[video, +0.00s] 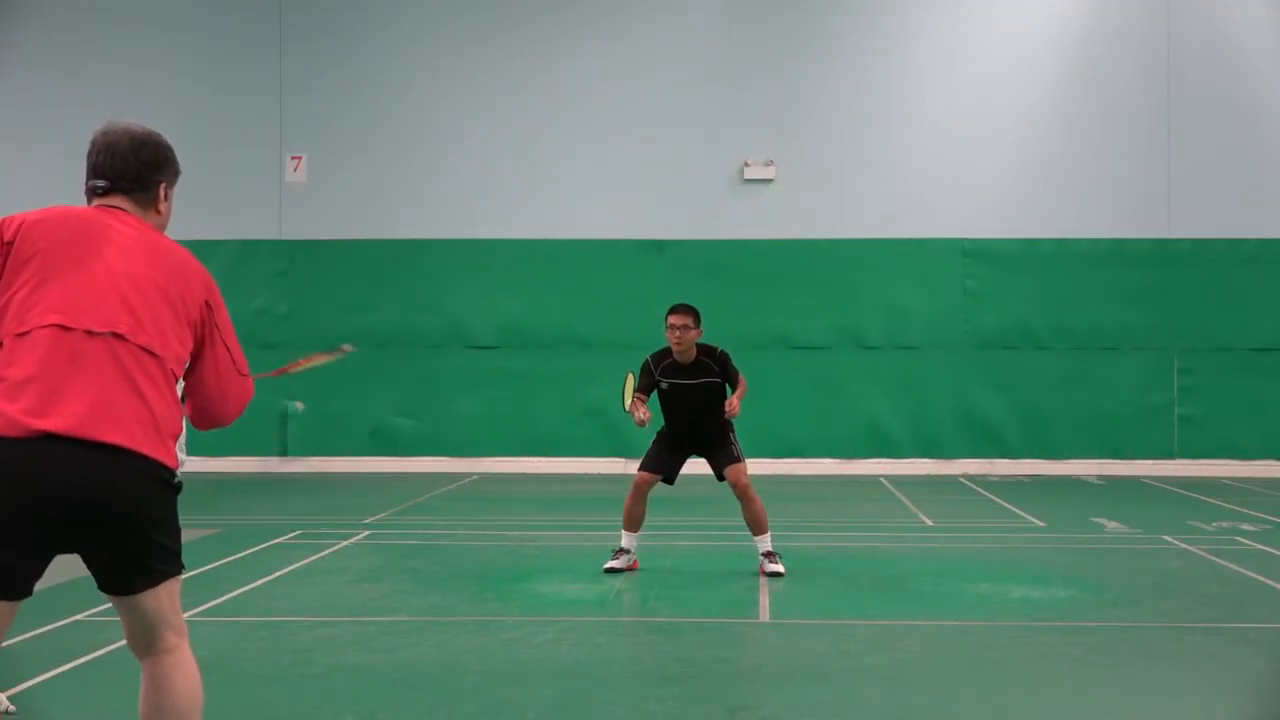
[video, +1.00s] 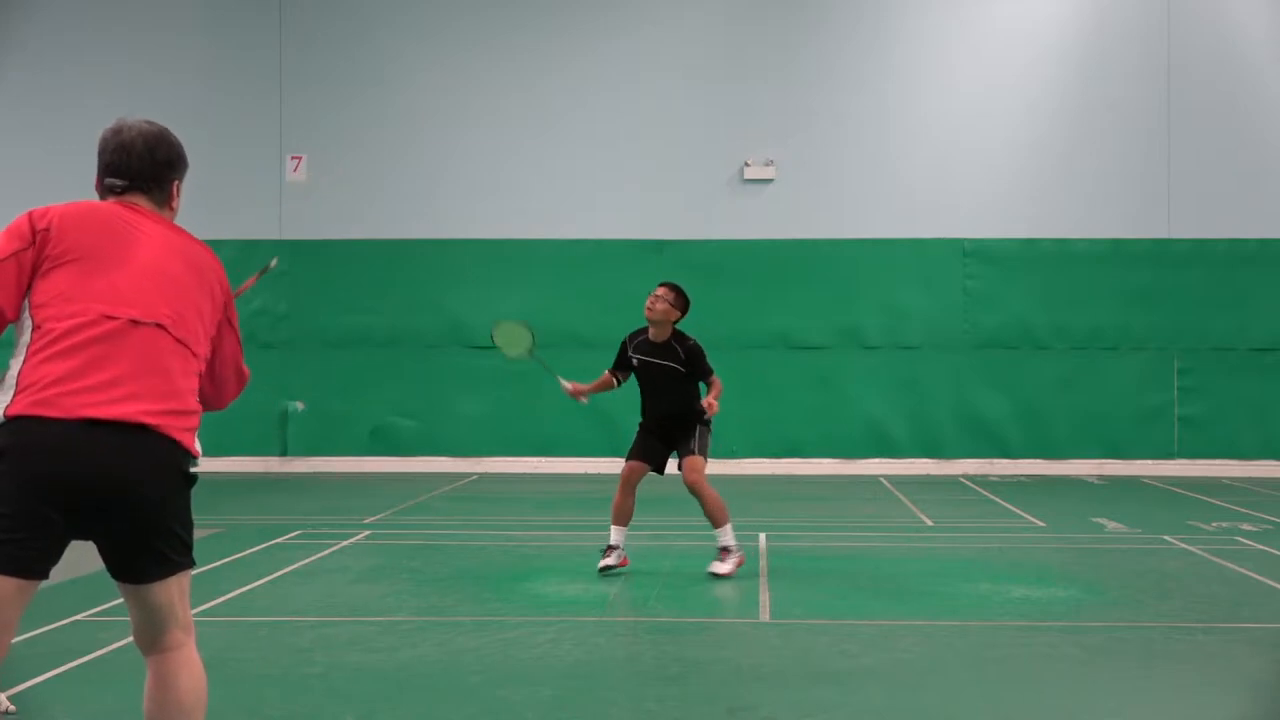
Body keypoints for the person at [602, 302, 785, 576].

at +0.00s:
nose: (677, 334)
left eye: (684, 328)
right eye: (672, 328)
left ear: (697, 332)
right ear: (666, 331)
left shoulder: (716, 358)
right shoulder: (656, 363)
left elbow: (740, 382)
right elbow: (638, 398)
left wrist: (737, 398)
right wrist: (640, 412)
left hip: (716, 434)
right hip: (674, 435)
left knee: (741, 484)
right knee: (640, 483)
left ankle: (767, 553)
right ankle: (626, 551)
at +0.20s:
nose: (677, 334)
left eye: (684, 328)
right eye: (672, 328)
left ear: (697, 332)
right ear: (665, 331)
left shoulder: (716, 357)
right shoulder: (655, 363)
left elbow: (740, 382)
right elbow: (637, 399)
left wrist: (735, 398)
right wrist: (640, 412)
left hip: (716, 434)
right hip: (674, 435)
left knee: (741, 484)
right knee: (639, 484)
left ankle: (767, 553)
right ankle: (626, 551)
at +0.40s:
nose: (677, 333)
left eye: (684, 327)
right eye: (672, 327)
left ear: (698, 331)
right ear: (666, 330)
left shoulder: (715, 357)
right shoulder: (656, 363)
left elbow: (740, 383)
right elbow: (638, 400)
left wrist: (735, 399)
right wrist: (639, 413)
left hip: (716, 434)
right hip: (674, 436)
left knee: (742, 485)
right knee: (639, 485)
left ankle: (767, 553)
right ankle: (627, 551)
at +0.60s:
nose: (677, 313)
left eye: (684, 308)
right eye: (672, 308)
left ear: (698, 312)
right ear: (666, 312)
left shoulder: (716, 342)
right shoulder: (655, 347)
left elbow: (738, 368)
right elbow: (639, 391)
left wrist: (733, 387)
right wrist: (642, 410)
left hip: (713, 425)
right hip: (671, 426)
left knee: (741, 482)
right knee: (639, 482)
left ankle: (767, 551)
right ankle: (624, 547)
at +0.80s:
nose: (669, 317)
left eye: (678, 314)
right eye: (666, 312)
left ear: (692, 323)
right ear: (660, 318)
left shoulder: (708, 354)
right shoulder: (649, 357)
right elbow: (632, 401)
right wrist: (626, 424)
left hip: (709, 430)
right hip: (668, 430)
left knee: (735, 488)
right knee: (639, 480)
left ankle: (768, 553)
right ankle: (621, 552)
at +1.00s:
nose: (652, 301)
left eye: (661, 300)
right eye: (652, 296)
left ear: (675, 314)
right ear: (647, 303)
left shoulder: (687, 347)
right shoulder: (634, 342)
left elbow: (714, 382)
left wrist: (711, 398)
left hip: (690, 422)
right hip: (654, 423)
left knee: (693, 478)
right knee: (628, 476)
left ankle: (730, 550)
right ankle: (615, 549)